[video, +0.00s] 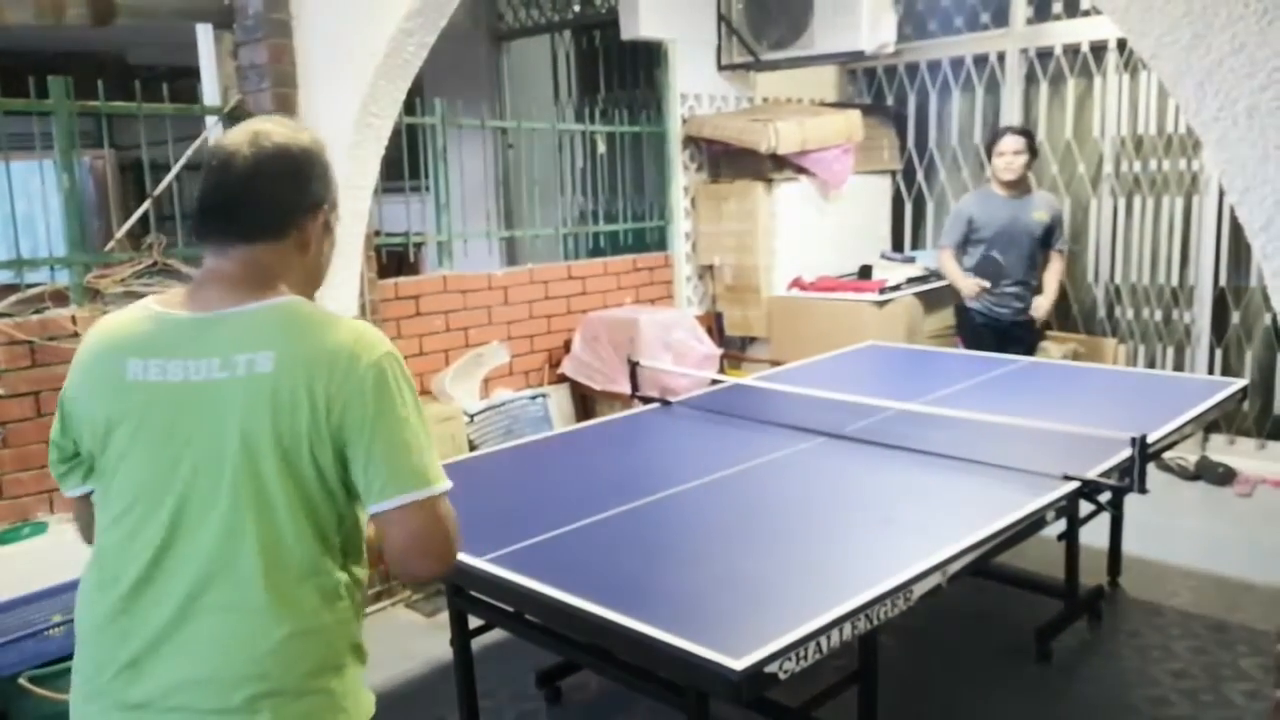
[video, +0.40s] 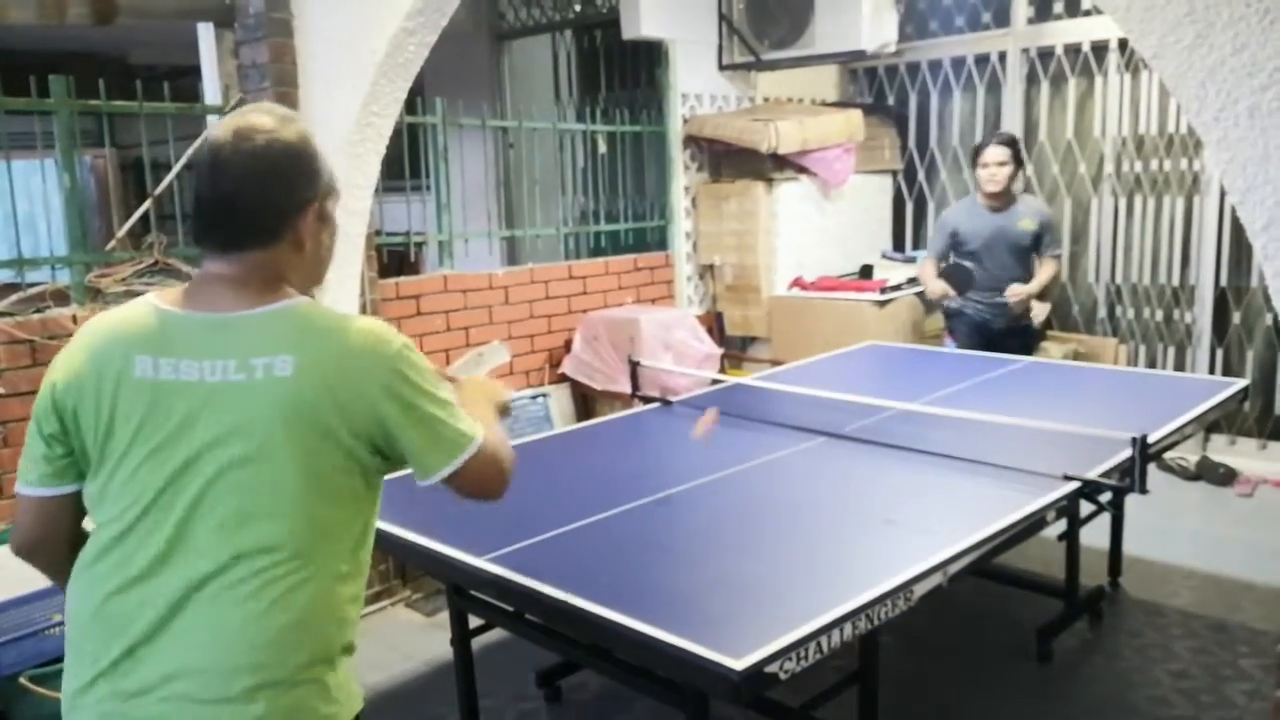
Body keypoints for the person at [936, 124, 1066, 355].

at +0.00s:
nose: (1008, 161)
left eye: (1017, 153)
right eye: (1000, 154)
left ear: (1030, 159)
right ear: (990, 160)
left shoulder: (1047, 207)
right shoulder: (970, 204)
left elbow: (1056, 255)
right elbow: (945, 253)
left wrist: (1047, 298)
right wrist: (962, 282)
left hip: (1023, 317)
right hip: (978, 315)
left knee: (1016, 386)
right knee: (983, 386)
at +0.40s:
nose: (992, 172)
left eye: (1001, 165)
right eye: (984, 166)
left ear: (1016, 169)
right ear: (975, 171)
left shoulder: (1037, 214)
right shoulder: (954, 216)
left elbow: (1050, 260)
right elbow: (929, 261)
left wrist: (1030, 289)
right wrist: (932, 283)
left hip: (1014, 312)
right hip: (968, 309)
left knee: (1012, 378)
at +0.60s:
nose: (972, 186)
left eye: (980, 178)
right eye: (963, 180)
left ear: (995, 180)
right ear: (955, 185)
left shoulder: (1018, 224)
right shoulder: (935, 228)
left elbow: (1038, 268)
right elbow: (904, 271)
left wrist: (1025, 297)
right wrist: (904, 294)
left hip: (1005, 332)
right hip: (953, 333)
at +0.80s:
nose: (944, 202)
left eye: (953, 194)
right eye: (936, 195)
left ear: (967, 196)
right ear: (926, 199)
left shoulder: (991, 233)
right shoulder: (909, 243)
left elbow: (1012, 274)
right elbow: (874, 287)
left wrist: (1009, 316)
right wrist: (879, 314)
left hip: (982, 353)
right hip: (928, 355)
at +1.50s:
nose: (950, 190)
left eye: (959, 181)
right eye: (942, 182)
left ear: (974, 182)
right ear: (932, 184)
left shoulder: (996, 223)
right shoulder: (915, 230)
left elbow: (1021, 258)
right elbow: (876, 268)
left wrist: (1015, 290)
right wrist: (872, 294)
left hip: (984, 338)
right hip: (934, 340)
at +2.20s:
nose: (939, 205)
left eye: (947, 197)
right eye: (930, 198)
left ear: (958, 197)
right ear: (918, 200)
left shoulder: (979, 229)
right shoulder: (908, 236)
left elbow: (994, 278)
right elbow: (883, 275)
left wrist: (1002, 328)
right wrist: (874, 311)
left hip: (973, 336)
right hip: (924, 338)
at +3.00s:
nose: (930, 187)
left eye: (938, 179)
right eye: (921, 180)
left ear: (954, 180)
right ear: (911, 184)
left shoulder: (981, 223)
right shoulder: (899, 228)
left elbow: (1000, 272)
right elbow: (859, 268)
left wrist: (1002, 319)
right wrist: (836, 303)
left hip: (973, 344)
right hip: (920, 343)